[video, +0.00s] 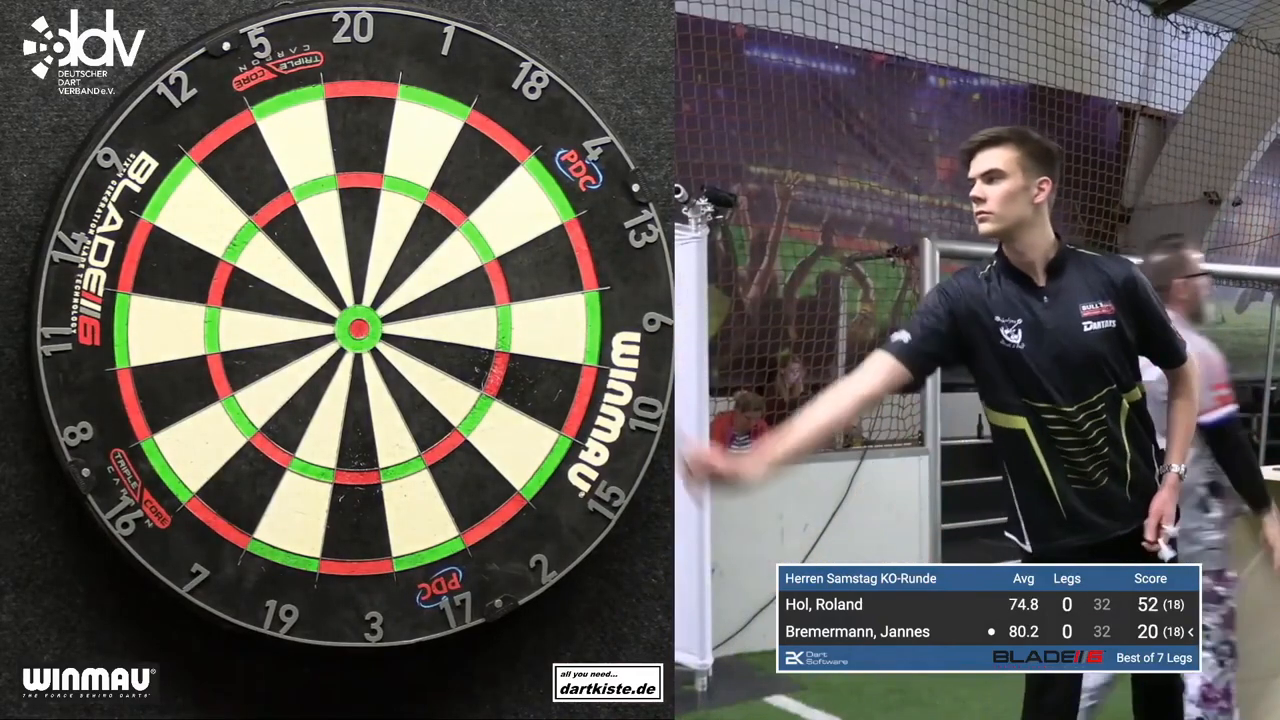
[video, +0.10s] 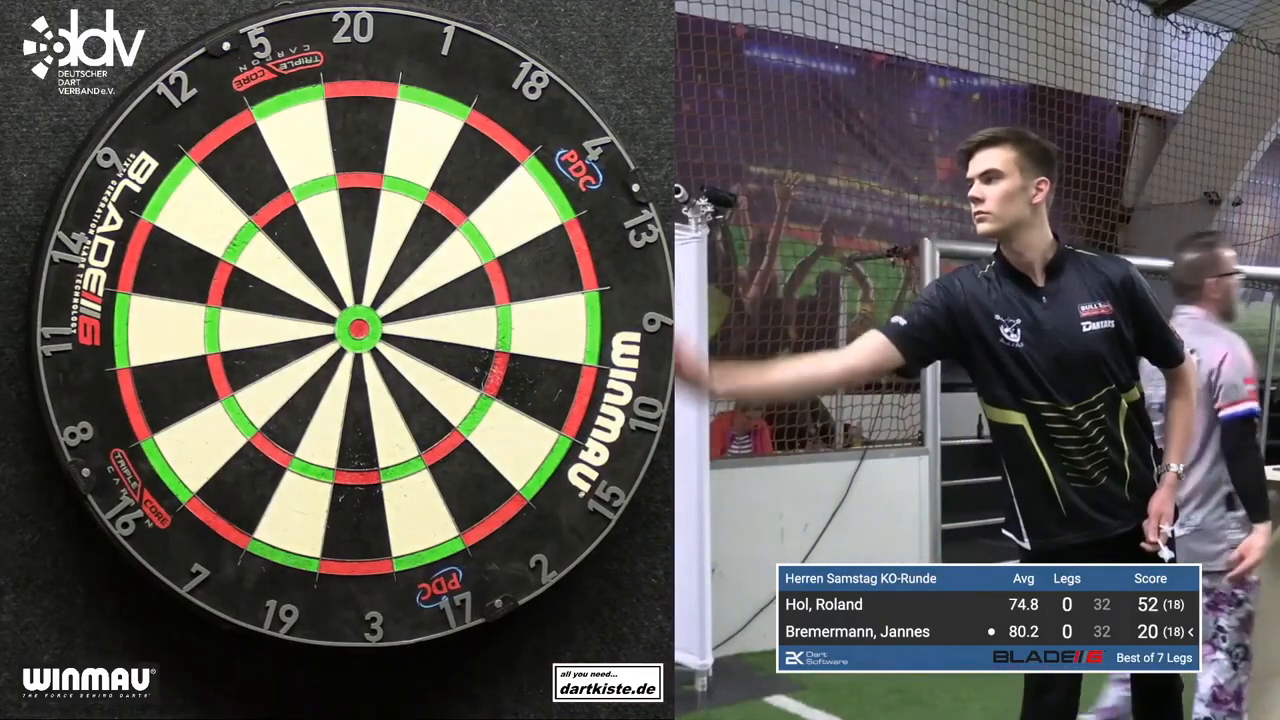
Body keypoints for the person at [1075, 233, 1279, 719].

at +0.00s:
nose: (1209, 284)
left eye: (1205, 275)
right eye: (1200, 276)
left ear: (1164, 288)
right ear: (1179, 286)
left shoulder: (1128, 345)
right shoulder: (1196, 352)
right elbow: (1225, 438)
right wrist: (1264, 508)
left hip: (1137, 504)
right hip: (1195, 511)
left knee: (1113, 629)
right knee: (1211, 626)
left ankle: (1080, 703)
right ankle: (1209, 709)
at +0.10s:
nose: (1239, 283)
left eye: (1236, 274)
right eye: (1231, 275)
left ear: (1186, 284)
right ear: (1212, 284)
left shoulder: (1152, 341)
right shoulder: (1227, 349)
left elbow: (1136, 434)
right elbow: (1239, 447)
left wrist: (1144, 507)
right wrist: (1261, 519)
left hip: (1157, 526)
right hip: (1217, 531)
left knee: (1142, 657)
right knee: (1224, 653)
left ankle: (1103, 714)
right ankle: (1218, 716)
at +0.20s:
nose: (1258, 283)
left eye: (1256, 273)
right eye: (1252, 274)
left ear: (1207, 284)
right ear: (1229, 284)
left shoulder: (1179, 339)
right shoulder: (1235, 344)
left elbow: (1158, 429)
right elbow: (1240, 437)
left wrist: (1163, 505)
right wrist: (1256, 519)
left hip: (1187, 524)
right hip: (1226, 528)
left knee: (1207, 650)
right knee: (1231, 656)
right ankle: (1221, 715)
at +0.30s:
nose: (1276, 282)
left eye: (1273, 272)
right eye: (1270, 273)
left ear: (1232, 283)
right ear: (1244, 283)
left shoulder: (1209, 336)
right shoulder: (1239, 337)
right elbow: (1234, 421)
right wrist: (1260, 515)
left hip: (1206, 530)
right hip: (1232, 534)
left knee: (1219, 667)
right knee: (1232, 671)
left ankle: (1212, 713)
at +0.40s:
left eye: (1279, 274)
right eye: (1278, 274)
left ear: (1256, 284)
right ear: (1258, 284)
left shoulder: (1255, 336)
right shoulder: (1242, 339)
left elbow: (1242, 429)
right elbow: (1239, 427)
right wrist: (1266, 508)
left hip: (1252, 537)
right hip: (1236, 540)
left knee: (1254, 667)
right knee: (1234, 671)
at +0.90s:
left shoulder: (1275, 354)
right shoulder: (1277, 353)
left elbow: (1261, 432)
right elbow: (1261, 432)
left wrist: (1251, 513)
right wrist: (1249, 513)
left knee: (1274, 646)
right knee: (1274, 650)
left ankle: (1256, 709)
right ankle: (1256, 710)